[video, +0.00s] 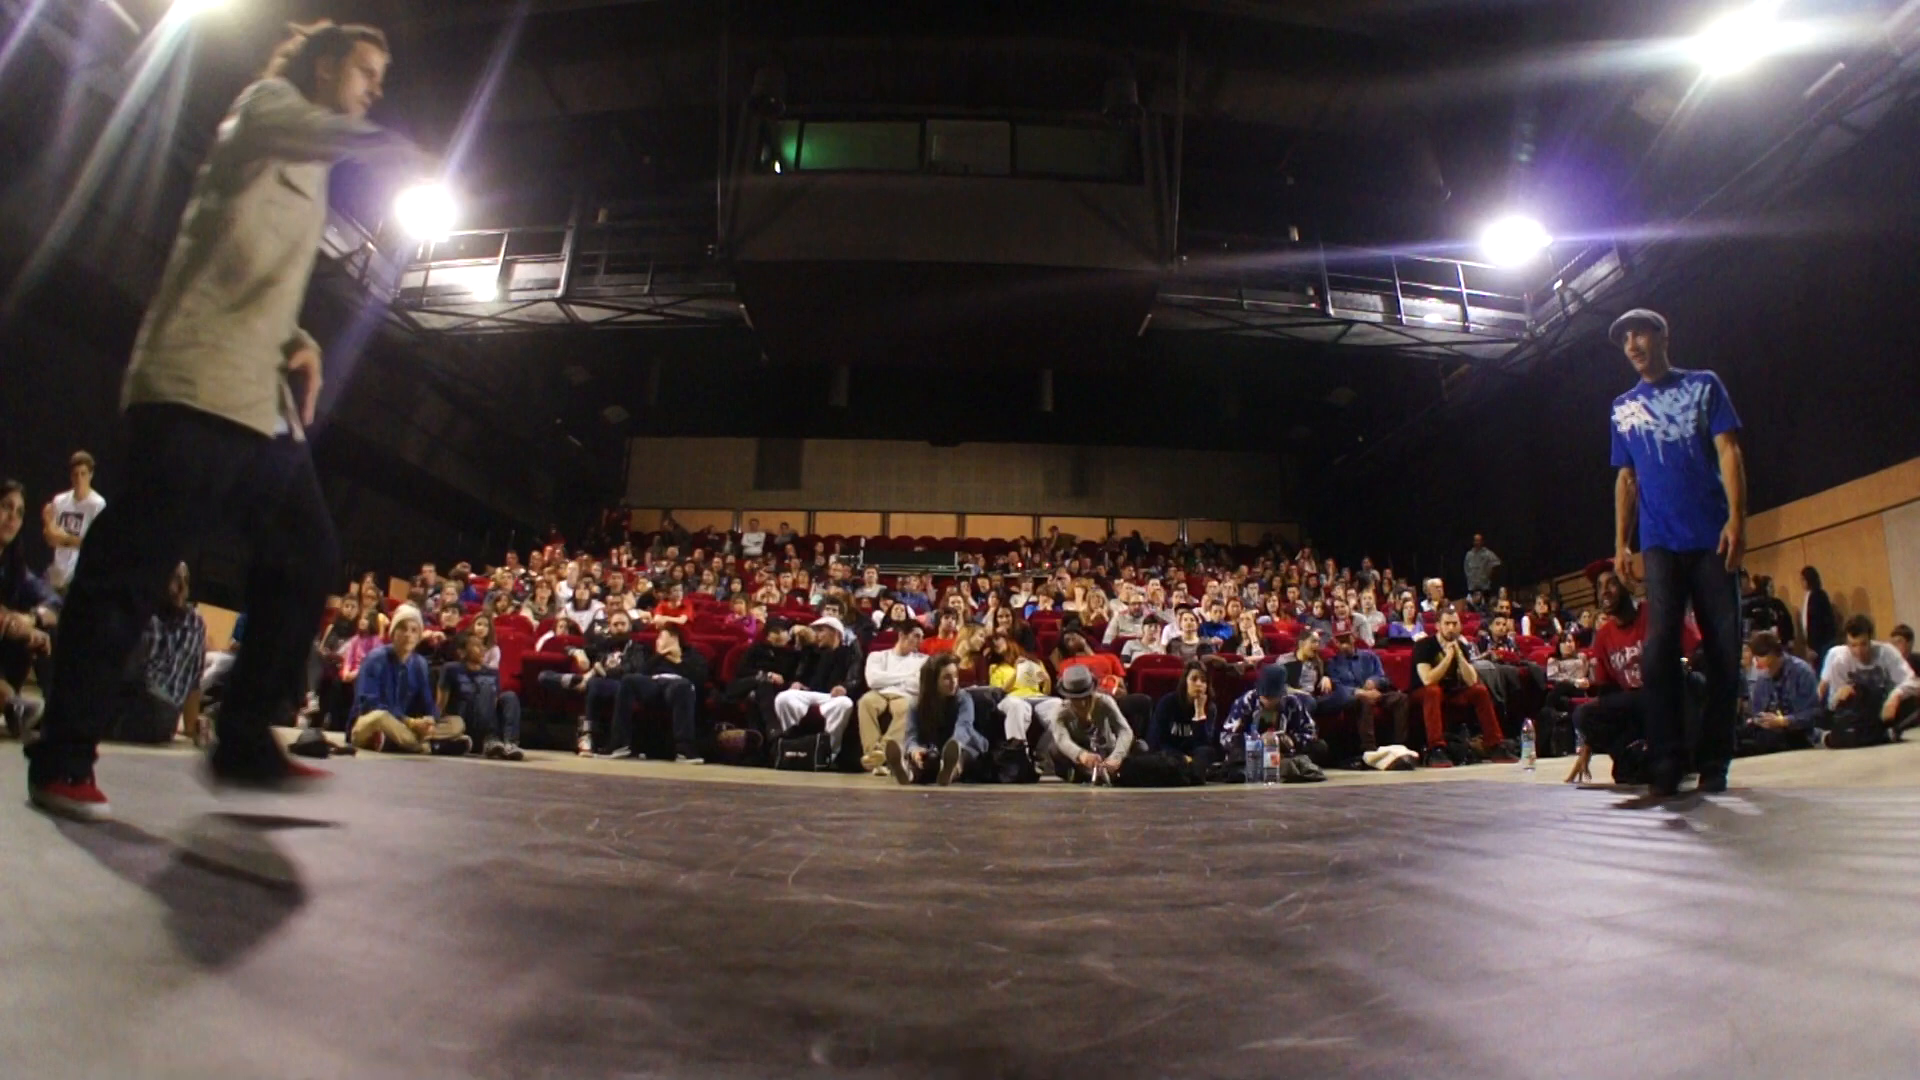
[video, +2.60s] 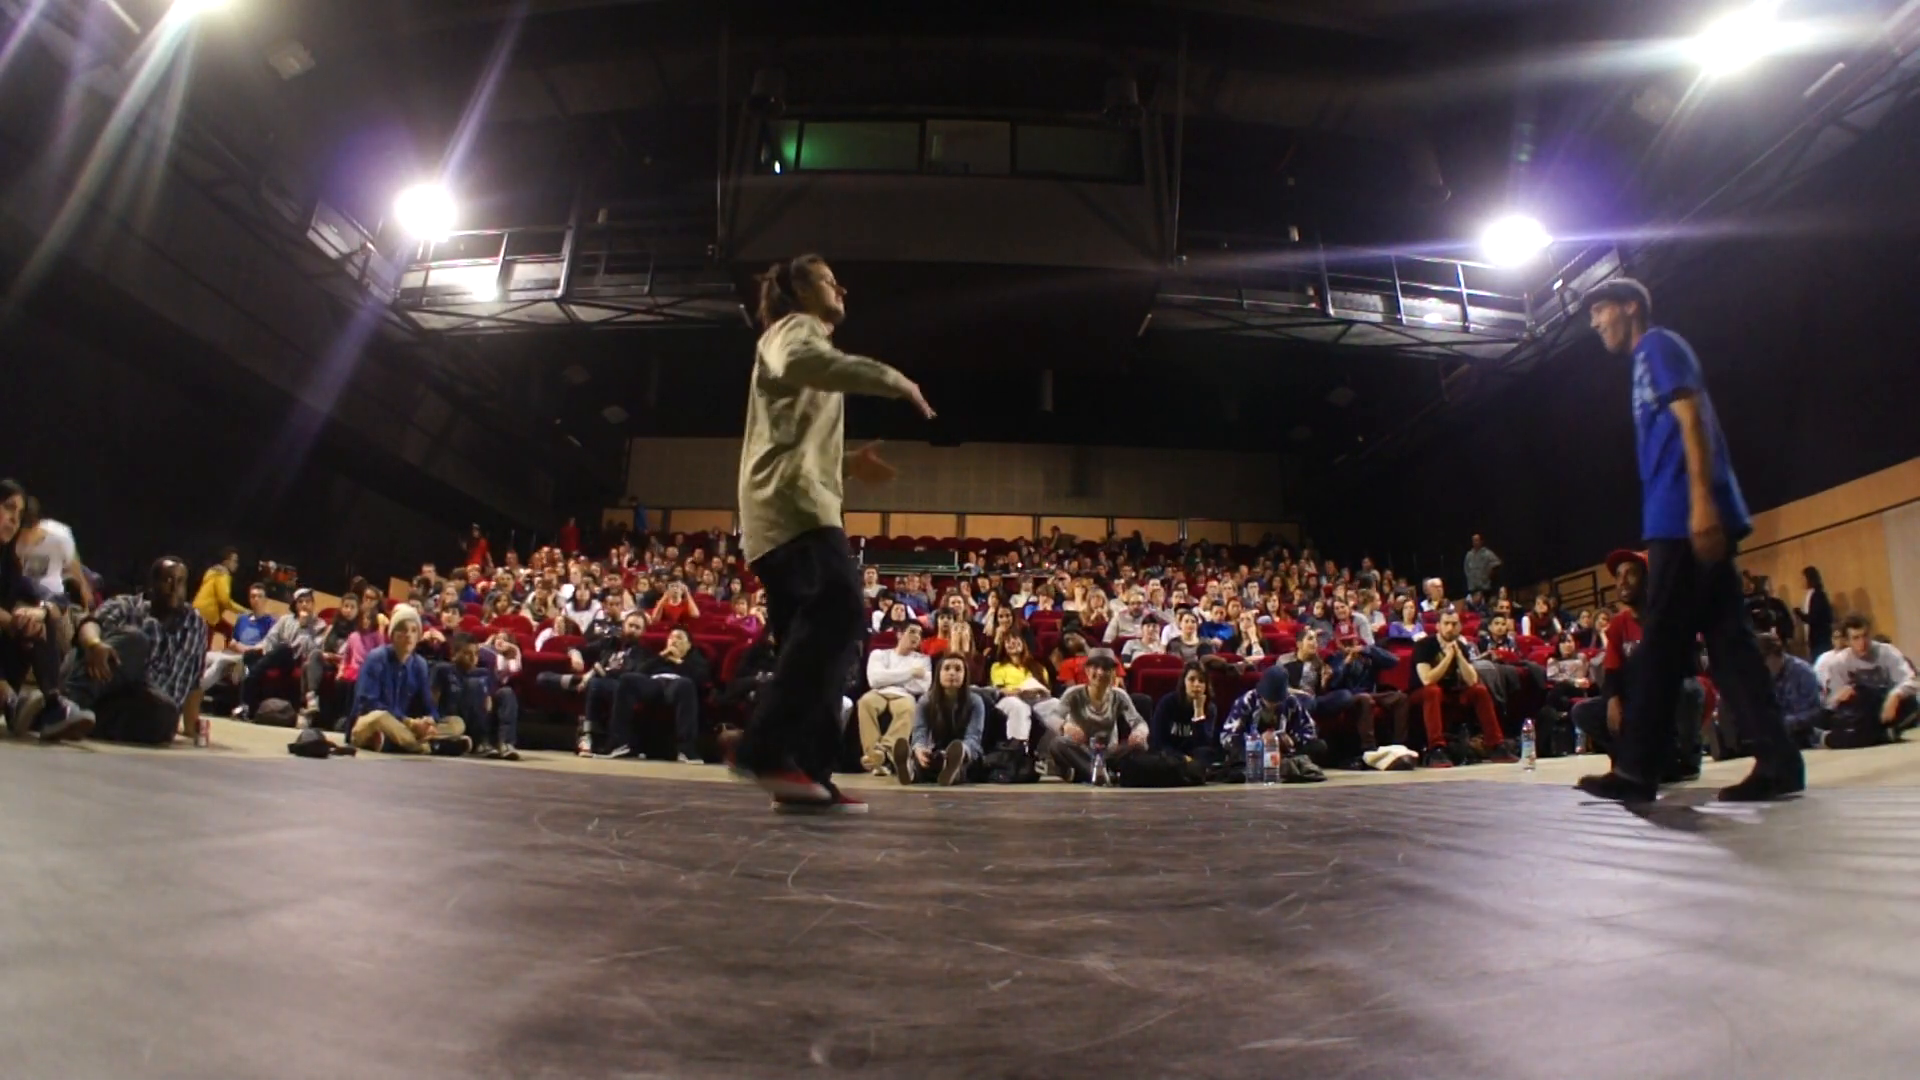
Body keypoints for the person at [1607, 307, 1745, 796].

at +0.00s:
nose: (1634, 345)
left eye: (1642, 335)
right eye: (1627, 340)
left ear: (1663, 338)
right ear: (1624, 350)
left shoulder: (1703, 385)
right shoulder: (1623, 408)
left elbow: (1729, 450)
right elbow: (1626, 478)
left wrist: (1735, 517)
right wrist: (1622, 541)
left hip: (1710, 536)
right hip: (1659, 541)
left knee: (1725, 652)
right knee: (1658, 649)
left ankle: (1714, 765)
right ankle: (1663, 768)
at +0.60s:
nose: (1645, 298)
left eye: (1652, 285)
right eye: (1637, 293)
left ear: (1676, 287)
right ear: (1636, 307)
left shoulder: (1733, 338)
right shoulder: (1641, 373)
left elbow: (1774, 406)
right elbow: (1648, 452)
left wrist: (1805, 482)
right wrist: (1656, 526)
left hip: (1757, 506)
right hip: (1693, 520)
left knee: (1786, 625)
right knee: (1712, 644)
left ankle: (1795, 756)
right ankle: (1731, 771)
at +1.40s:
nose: (1701, 246)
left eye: (1708, 232)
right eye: (1694, 241)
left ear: (1742, 231)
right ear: (1699, 255)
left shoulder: (1796, 277)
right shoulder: (1714, 324)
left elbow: (1846, 351)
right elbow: (1733, 409)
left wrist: (1866, 434)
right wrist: (1739, 486)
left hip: (1830, 477)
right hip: (1770, 493)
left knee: (1871, 623)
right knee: (1783, 633)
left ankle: (1880, 774)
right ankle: (1781, 772)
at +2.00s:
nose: (1674, 269)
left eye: (1681, 256)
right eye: (1669, 262)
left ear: (1714, 254)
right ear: (1676, 273)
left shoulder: (1760, 295)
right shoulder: (1698, 342)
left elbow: (1807, 367)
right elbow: (1717, 426)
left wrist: (1831, 456)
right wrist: (1717, 501)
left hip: (1783, 490)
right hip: (1736, 504)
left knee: (1818, 629)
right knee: (1758, 636)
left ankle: (1867, 761)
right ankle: (1782, 766)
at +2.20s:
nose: (1649, 285)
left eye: (1656, 272)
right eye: (1645, 280)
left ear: (1689, 271)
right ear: (1652, 291)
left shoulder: (1728, 308)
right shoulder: (1682, 358)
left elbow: (1772, 381)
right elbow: (1702, 440)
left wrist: (1786, 466)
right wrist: (1706, 510)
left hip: (1751, 482)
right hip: (1720, 495)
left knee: (1749, 612)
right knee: (1744, 619)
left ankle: (1784, 759)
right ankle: (1777, 758)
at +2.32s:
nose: (1634, 296)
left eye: (1640, 284)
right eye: (1629, 291)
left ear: (1674, 280)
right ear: (1637, 303)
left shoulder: (1710, 316)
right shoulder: (1673, 361)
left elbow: (1752, 391)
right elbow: (1698, 443)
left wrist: (1759, 480)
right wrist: (1700, 523)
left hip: (1736, 497)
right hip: (1711, 506)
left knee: (1716, 627)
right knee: (1757, 629)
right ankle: (1782, 761)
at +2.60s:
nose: (1596, 324)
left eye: (1601, 312)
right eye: (1593, 316)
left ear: (1632, 308)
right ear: (1616, 318)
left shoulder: (1658, 345)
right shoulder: (1647, 359)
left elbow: (1690, 419)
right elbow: (1671, 442)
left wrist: (1702, 501)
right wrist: (1658, 529)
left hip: (1682, 524)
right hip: (1690, 523)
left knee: (1660, 646)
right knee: (1731, 645)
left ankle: (1636, 772)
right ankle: (1777, 762)